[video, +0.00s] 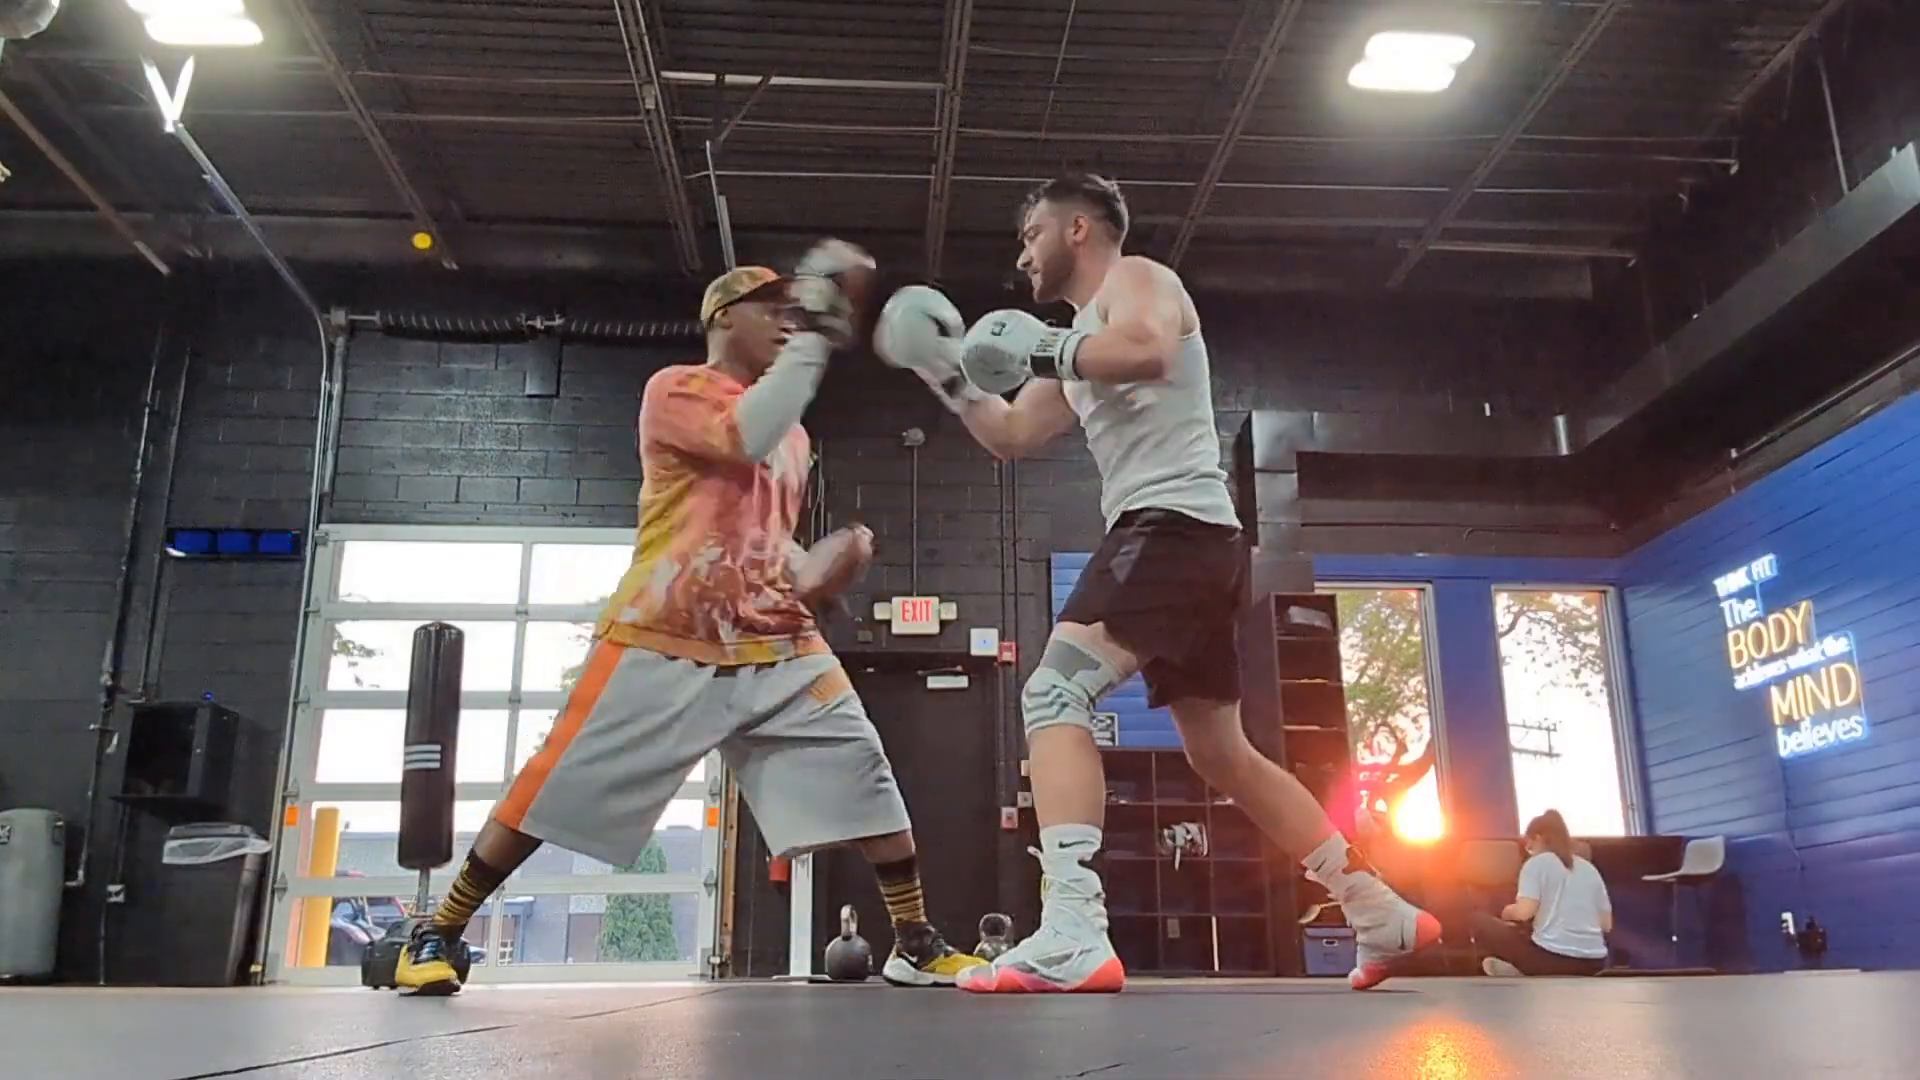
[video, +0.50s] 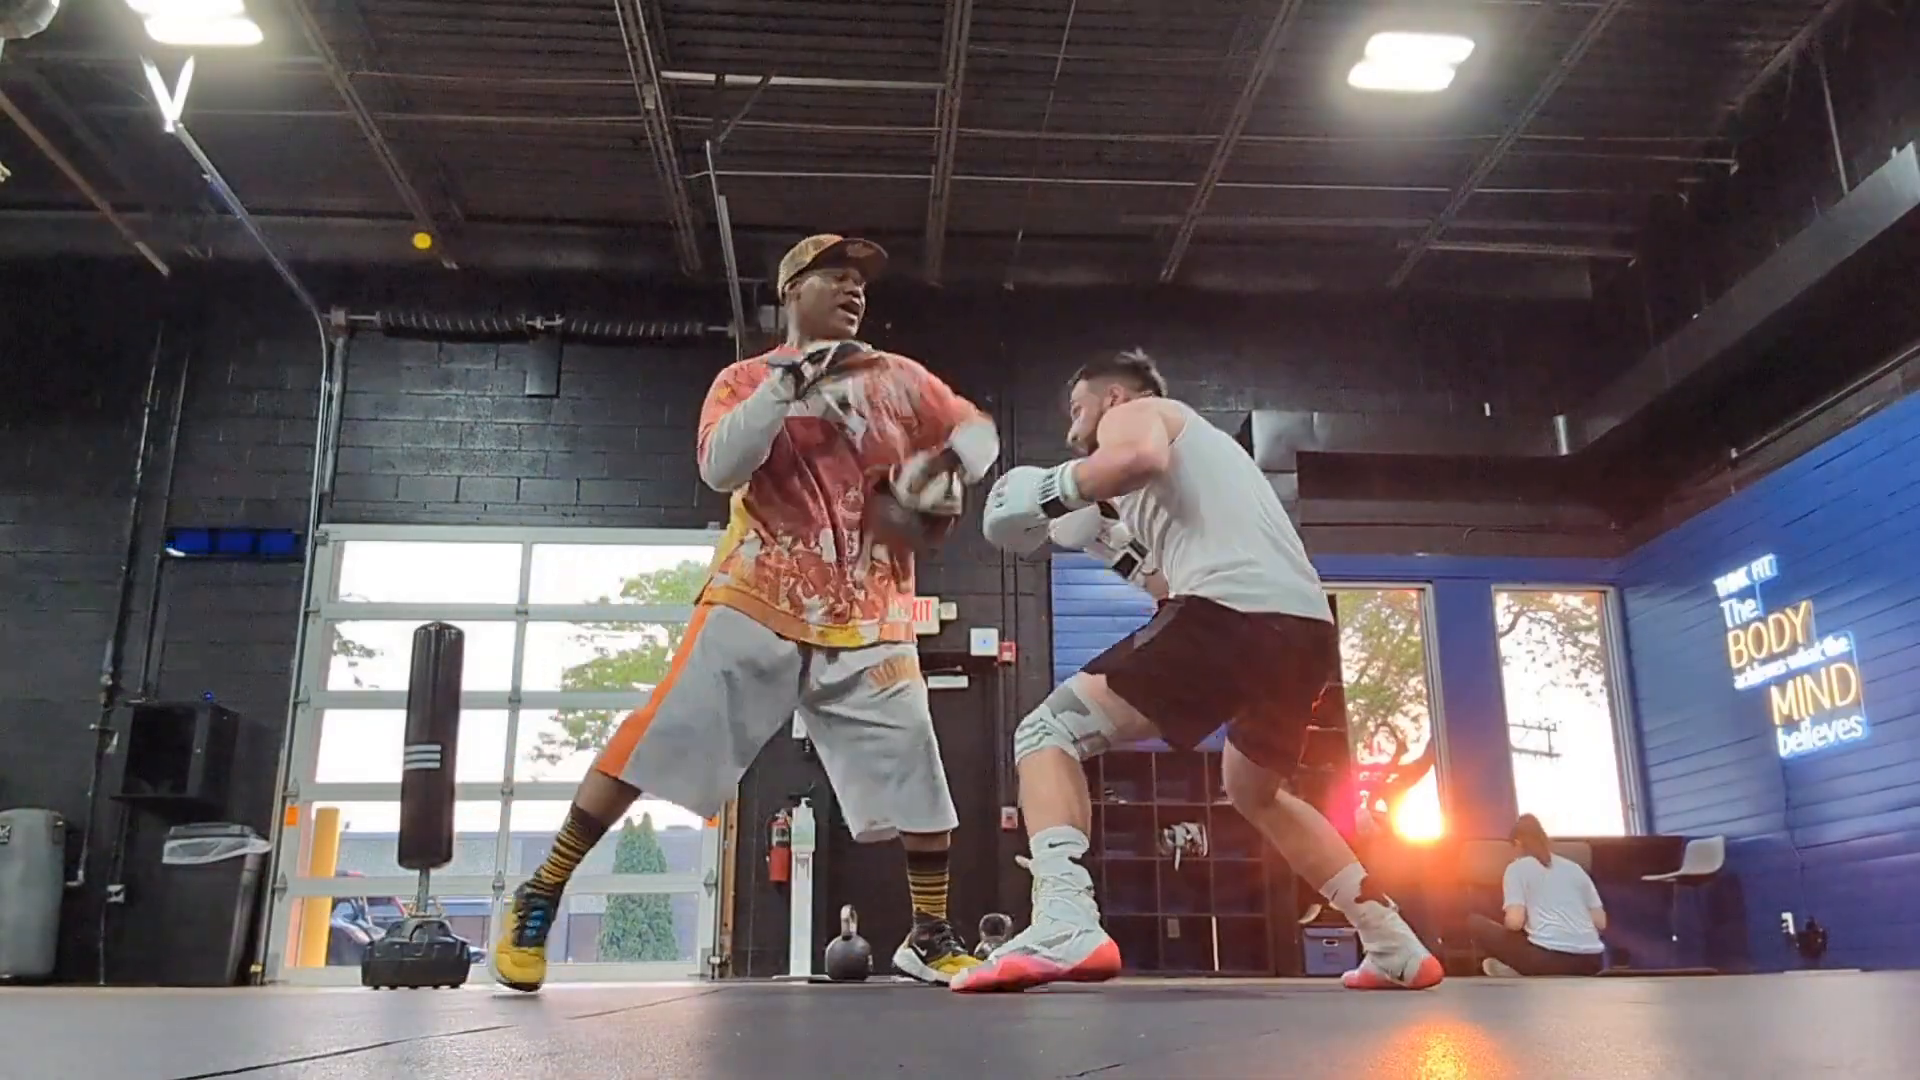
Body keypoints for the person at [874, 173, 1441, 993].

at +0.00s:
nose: (1023, 252)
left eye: (1031, 234)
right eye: (1020, 240)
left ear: (1080, 225)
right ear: (1072, 235)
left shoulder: (1136, 275)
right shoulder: (1083, 342)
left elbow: (1147, 350)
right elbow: (1009, 433)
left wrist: (1047, 347)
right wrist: (949, 373)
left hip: (1171, 527)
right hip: (1190, 536)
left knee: (1055, 698)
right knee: (1223, 757)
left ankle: (1072, 935)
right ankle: (1380, 915)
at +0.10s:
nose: (997, 268)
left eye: (1008, 247)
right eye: (994, 255)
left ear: (1061, 238)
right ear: (1047, 251)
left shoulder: (1126, 294)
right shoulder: (1057, 360)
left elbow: (1162, 390)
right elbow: (1016, 472)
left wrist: (1058, 375)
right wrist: (958, 404)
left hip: (1187, 536)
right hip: (1185, 546)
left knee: (1061, 689)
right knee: (1212, 761)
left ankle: (1071, 930)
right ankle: (1383, 914)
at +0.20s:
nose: (976, 333)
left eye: (986, 309)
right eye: (970, 321)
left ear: (1042, 297)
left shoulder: (1106, 338)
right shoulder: (1060, 418)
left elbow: (1134, 450)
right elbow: (1053, 530)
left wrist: (1026, 442)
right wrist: (993, 471)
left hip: (1209, 564)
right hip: (1233, 577)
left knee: (1050, 694)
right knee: (1208, 778)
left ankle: (1068, 930)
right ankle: (1381, 917)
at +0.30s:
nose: (991, 412)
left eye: (998, 389)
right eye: (987, 396)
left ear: (1049, 377)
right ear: (1048, 386)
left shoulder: (1095, 399)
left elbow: (1080, 505)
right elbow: (1090, 582)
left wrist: (996, 494)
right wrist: (1024, 525)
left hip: (1222, 606)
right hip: (1279, 624)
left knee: (1037, 707)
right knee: (1217, 791)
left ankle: (1067, 935)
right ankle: (1377, 932)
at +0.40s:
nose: (1040, 449)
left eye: (1044, 429)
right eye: (1036, 436)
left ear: (1088, 412)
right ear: (1103, 417)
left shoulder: (1119, 432)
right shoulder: (1181, 480)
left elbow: (1076, 493)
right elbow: (1149, 617)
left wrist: (1000, 515)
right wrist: (1076, 556)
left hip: (1230, 634)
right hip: (1307, 651)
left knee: (1029, 725)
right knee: (1245, 795)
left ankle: (1067, 938)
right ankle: (1394, 947)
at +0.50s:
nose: (1072, 429)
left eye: (1078, 409)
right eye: (1069, 416)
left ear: (1117, 392)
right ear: (1131, 398)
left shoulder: (1143, 408)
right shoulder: (1213, 456)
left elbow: (1137, 457)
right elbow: (1182, 592)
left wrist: (1052, 487)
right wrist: (1119, 545)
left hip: (1228, 610)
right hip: (1310, 630)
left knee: (1047, 732)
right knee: (1254, 788)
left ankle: (1064, 921)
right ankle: (1393, 943)